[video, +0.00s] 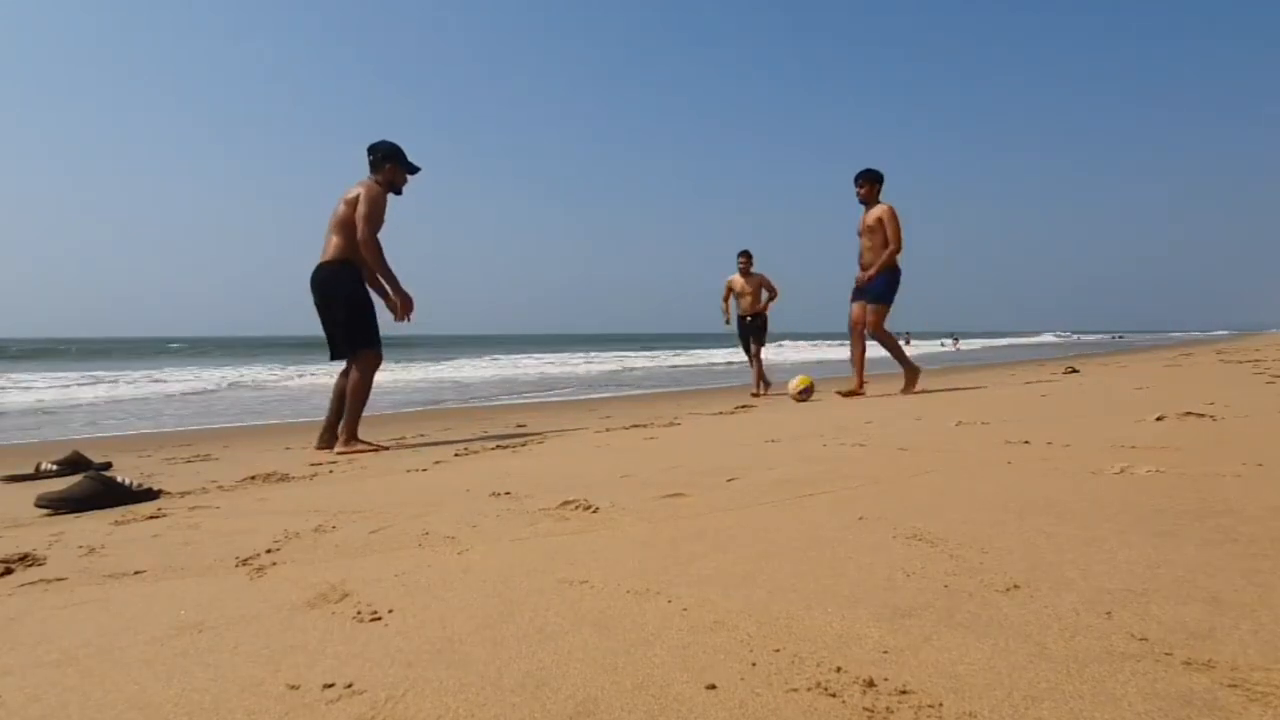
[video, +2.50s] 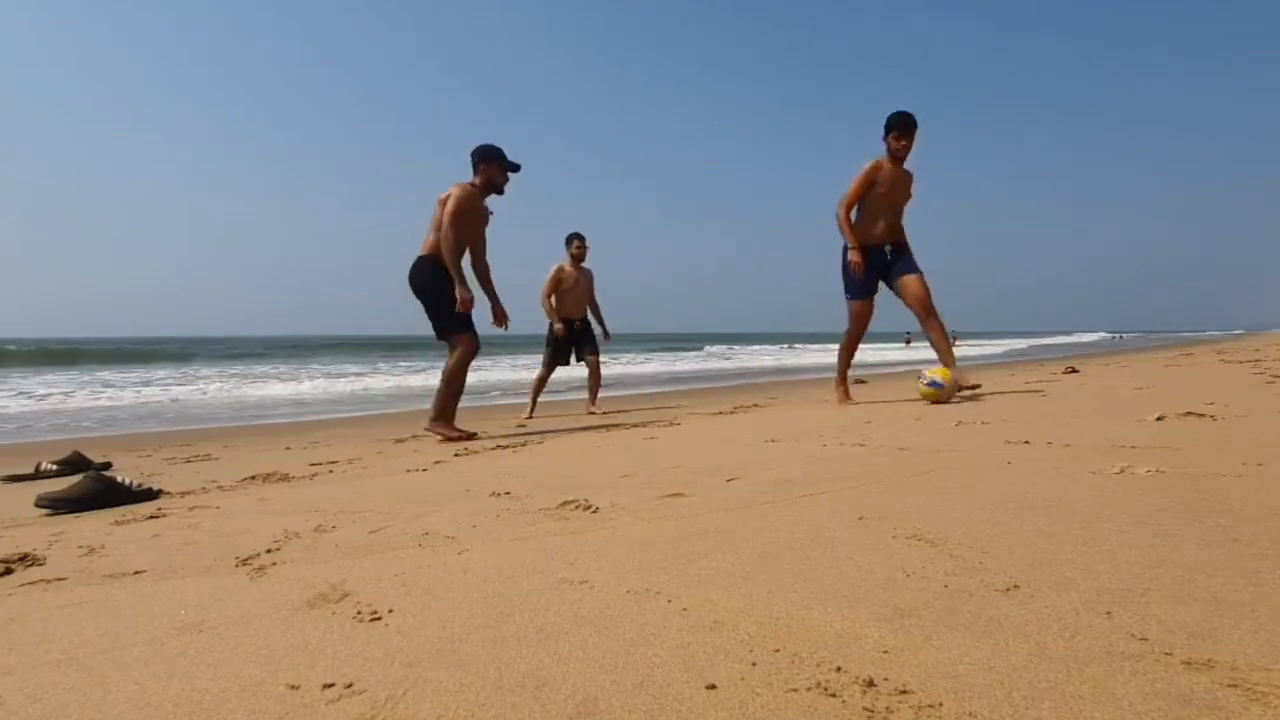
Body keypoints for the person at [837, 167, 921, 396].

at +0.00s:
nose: (858, 191)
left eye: (863, 186)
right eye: (857, 187)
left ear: (876, 188)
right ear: (858, 190)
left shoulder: (885, 212)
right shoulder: (866, 215)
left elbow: (894, 246)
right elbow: (868, 248)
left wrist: (871, 272)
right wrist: (862, 271)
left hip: (884, 272)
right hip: (866, 273)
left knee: (874, 326)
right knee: (856, 324)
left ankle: (910, 369)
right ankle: (858, 382)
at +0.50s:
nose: (770, 202)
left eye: (773, 197)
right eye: (769, 197)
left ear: (788, 196)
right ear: (779, 198)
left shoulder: (798, 221)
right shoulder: (786, 223)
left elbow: (799, 259)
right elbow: (786, 262)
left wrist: (772, 282)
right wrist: (768, 285)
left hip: (795, 287)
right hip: (779, 286)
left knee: (769, 338)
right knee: (736, 320)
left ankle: (773, 397)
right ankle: (722, 381)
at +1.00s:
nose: (745, 197)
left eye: (749, 192)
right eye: (744, 192)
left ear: (762, 191)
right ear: (745, 193)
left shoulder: (780, 217)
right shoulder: (741, 221)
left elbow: (810, 242)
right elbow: (713, 246)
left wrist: (844, 256)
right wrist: (677, 255)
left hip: (771, 281)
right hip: (749, 281)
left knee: (747, 333)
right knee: (722, 334)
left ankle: (747, 391)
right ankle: (756, 356)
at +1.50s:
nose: (777, 202)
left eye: (782, 198)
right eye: (773, 197)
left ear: (788, 196)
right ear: (766, 195)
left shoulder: (791, 220)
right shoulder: (752, 222)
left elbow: (789, 249)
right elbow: (736, 255)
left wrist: (797, 280)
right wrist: (728, 286)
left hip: (782, 284)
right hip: (754, 285)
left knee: (795, 331)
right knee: (750, 341)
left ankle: (789, 370)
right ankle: (747, 394)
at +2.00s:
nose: (844, 198)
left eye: (848, 193)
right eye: (839, 193)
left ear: (852, 194)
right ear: (829, 193)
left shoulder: (851, 222)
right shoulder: (815, 220)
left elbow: (852, 256)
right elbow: (790, 251)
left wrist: (867, 277)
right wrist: (790, 287)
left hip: (831, 285)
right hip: (806, 284)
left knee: (841, 339)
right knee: (809, 340)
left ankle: (829, 391)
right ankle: (784, 375)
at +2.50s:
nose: (903, 145)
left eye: (908, 139)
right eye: (897, 138)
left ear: (913, 141)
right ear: (886, 139)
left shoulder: (907, 178)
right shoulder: (873, 171)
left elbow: (895, 219)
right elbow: (843, 211)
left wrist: (905, 254)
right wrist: (853, 247)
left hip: (894, 252)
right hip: (862, 253)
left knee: (924, 305)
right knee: (859, 324)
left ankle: (953, 375)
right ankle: (841, 384)